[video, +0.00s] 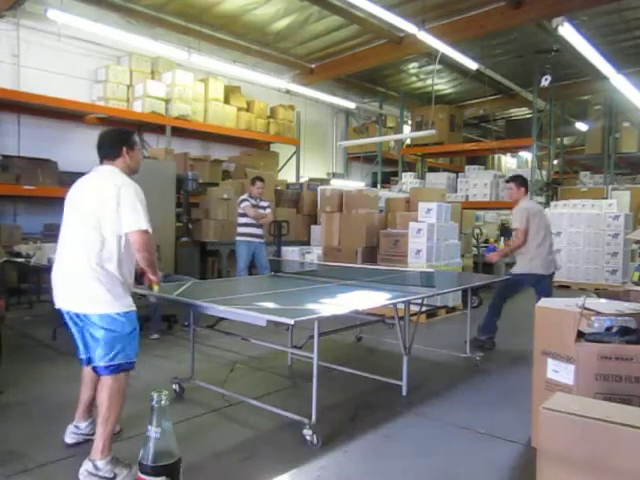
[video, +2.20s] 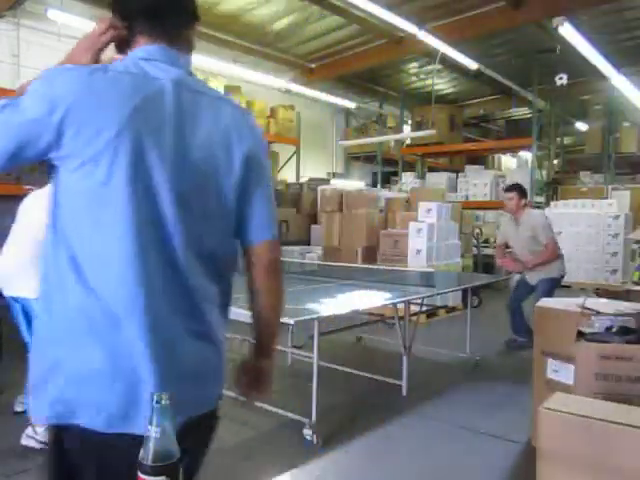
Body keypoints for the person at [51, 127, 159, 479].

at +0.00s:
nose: (142, 156)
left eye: (141, 150)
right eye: (139, 149)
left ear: (106, 154)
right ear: (126, 152)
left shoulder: (81, 184)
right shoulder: (124, 186)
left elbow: (88, 238)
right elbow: (140, 244)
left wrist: (131, 266)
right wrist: (152, 272)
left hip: (68, 292)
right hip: (102, 296)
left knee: (93, 359)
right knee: (116, 370)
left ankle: (81, 422)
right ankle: (100, 460)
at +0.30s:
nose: (120, 171)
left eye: (119, 165)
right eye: (117, 165)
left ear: (91, 169)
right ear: (104, 168)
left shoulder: (71, 199)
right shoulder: (109, 200)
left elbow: (68, 247)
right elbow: (131, 257)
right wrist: (142, 273)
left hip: (61, 292)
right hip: (94, 299)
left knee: (78, 337)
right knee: (125, 366)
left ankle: (45, 384)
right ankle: (102, 457)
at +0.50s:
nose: (105, 175)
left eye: (102, 170)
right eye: (100, 170)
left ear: (80, 175)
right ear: (85, 174)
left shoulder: (66, 200)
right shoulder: (81, 206)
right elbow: (81, 257)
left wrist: (107, 259)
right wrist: (108, 275)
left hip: (46, 287)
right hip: (65, 293)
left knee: (57, 345)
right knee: (83, 360)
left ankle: (30, 394)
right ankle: (91, 445)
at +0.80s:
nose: (93, 169)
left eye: (92, 164)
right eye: (89, 164)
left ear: (69, 166)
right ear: (73, 165)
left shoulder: (55, 189)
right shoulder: (65, 190)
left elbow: (55, 237)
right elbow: (62, 237)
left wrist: (82, 257)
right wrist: (84, 257)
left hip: (25, 278)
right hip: (41, 280)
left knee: (40, 342)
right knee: (52, 347)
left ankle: (32, 393)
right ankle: (39, 429)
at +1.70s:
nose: (84, 179)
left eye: (84, 174)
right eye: (81, 174)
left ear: (56, 174)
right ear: (65, 174)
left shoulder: (29, 197)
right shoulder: (67, 200)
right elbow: (94, 240)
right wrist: (121, 252)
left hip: (7, 282)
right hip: (32, 284)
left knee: (35, 345)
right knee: (42, 350)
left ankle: (30, 396)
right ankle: (32, 431)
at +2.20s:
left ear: (52, 171)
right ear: (70, 172)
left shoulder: (34, 196)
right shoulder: (67, 199)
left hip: (9, 280)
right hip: (35, 284)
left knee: (35, 346)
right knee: (44, 353)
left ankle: (26, 396)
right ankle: (40, 424)